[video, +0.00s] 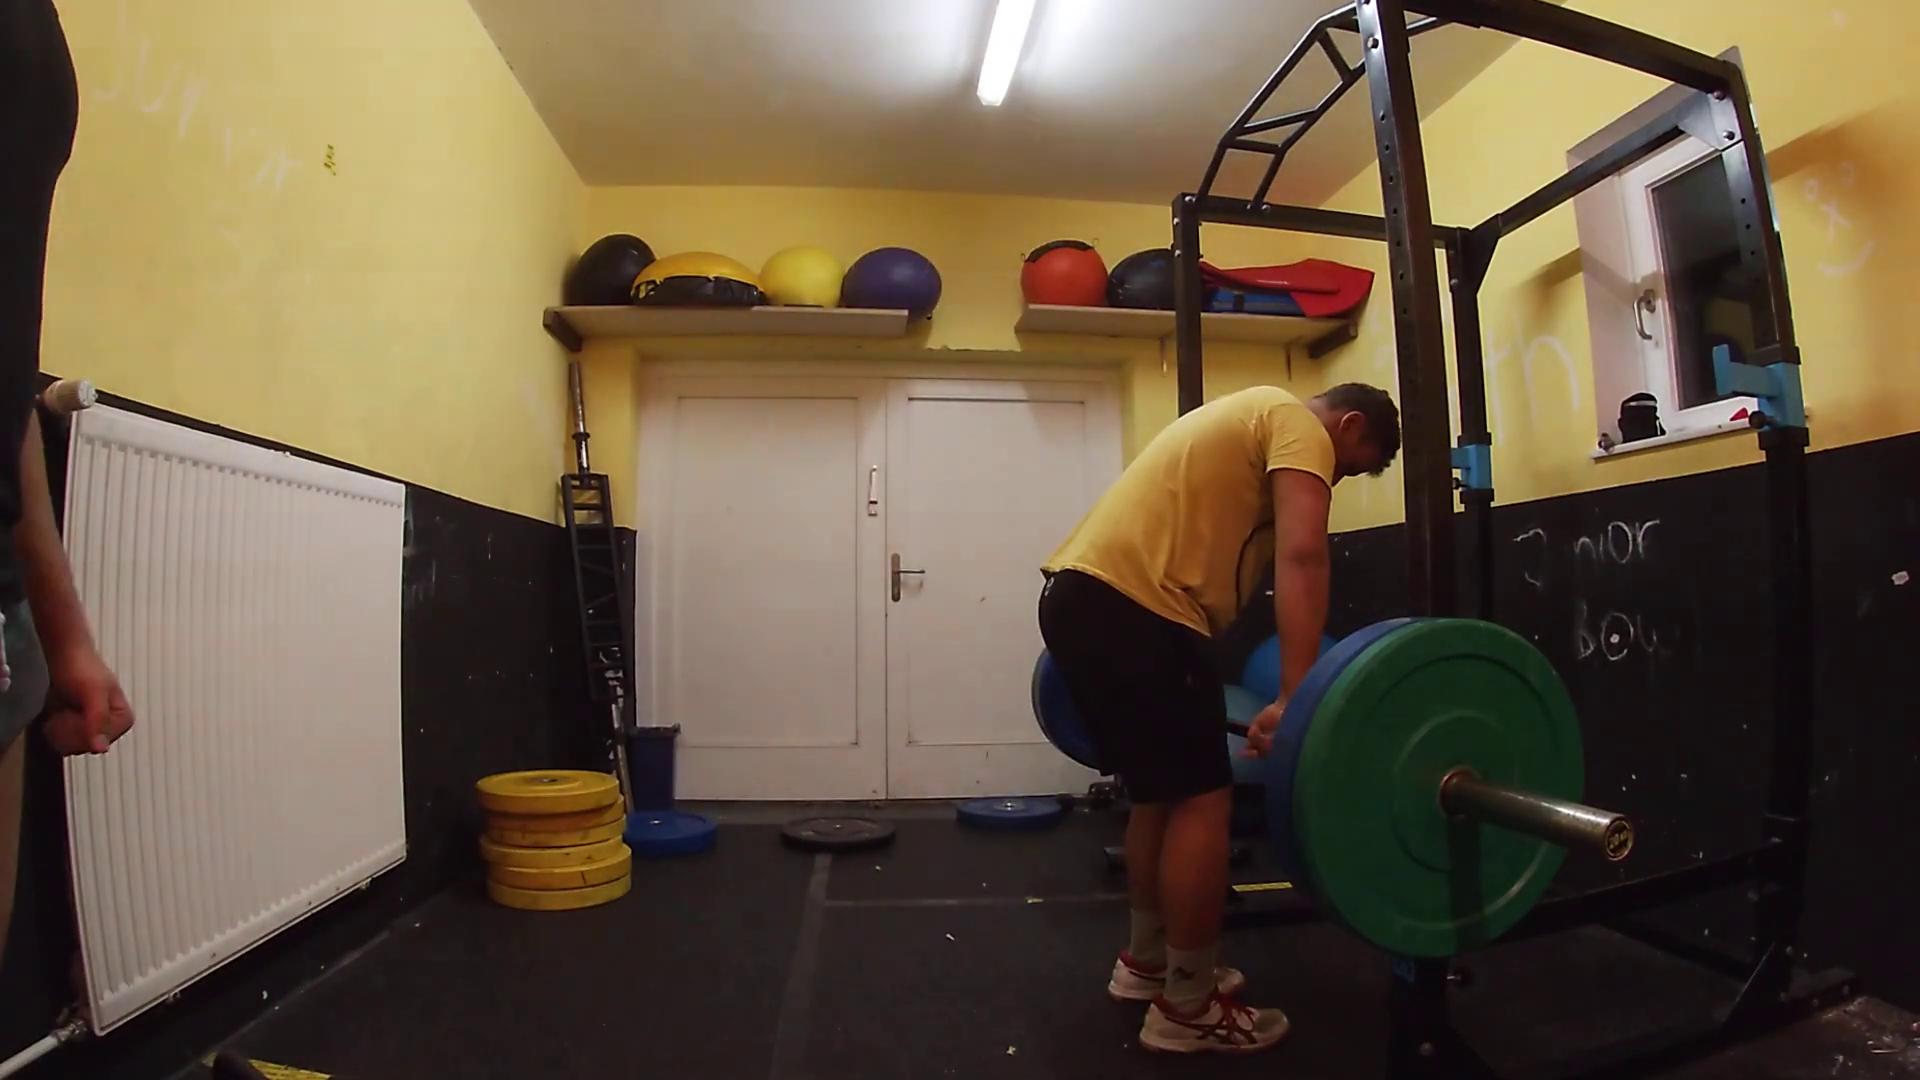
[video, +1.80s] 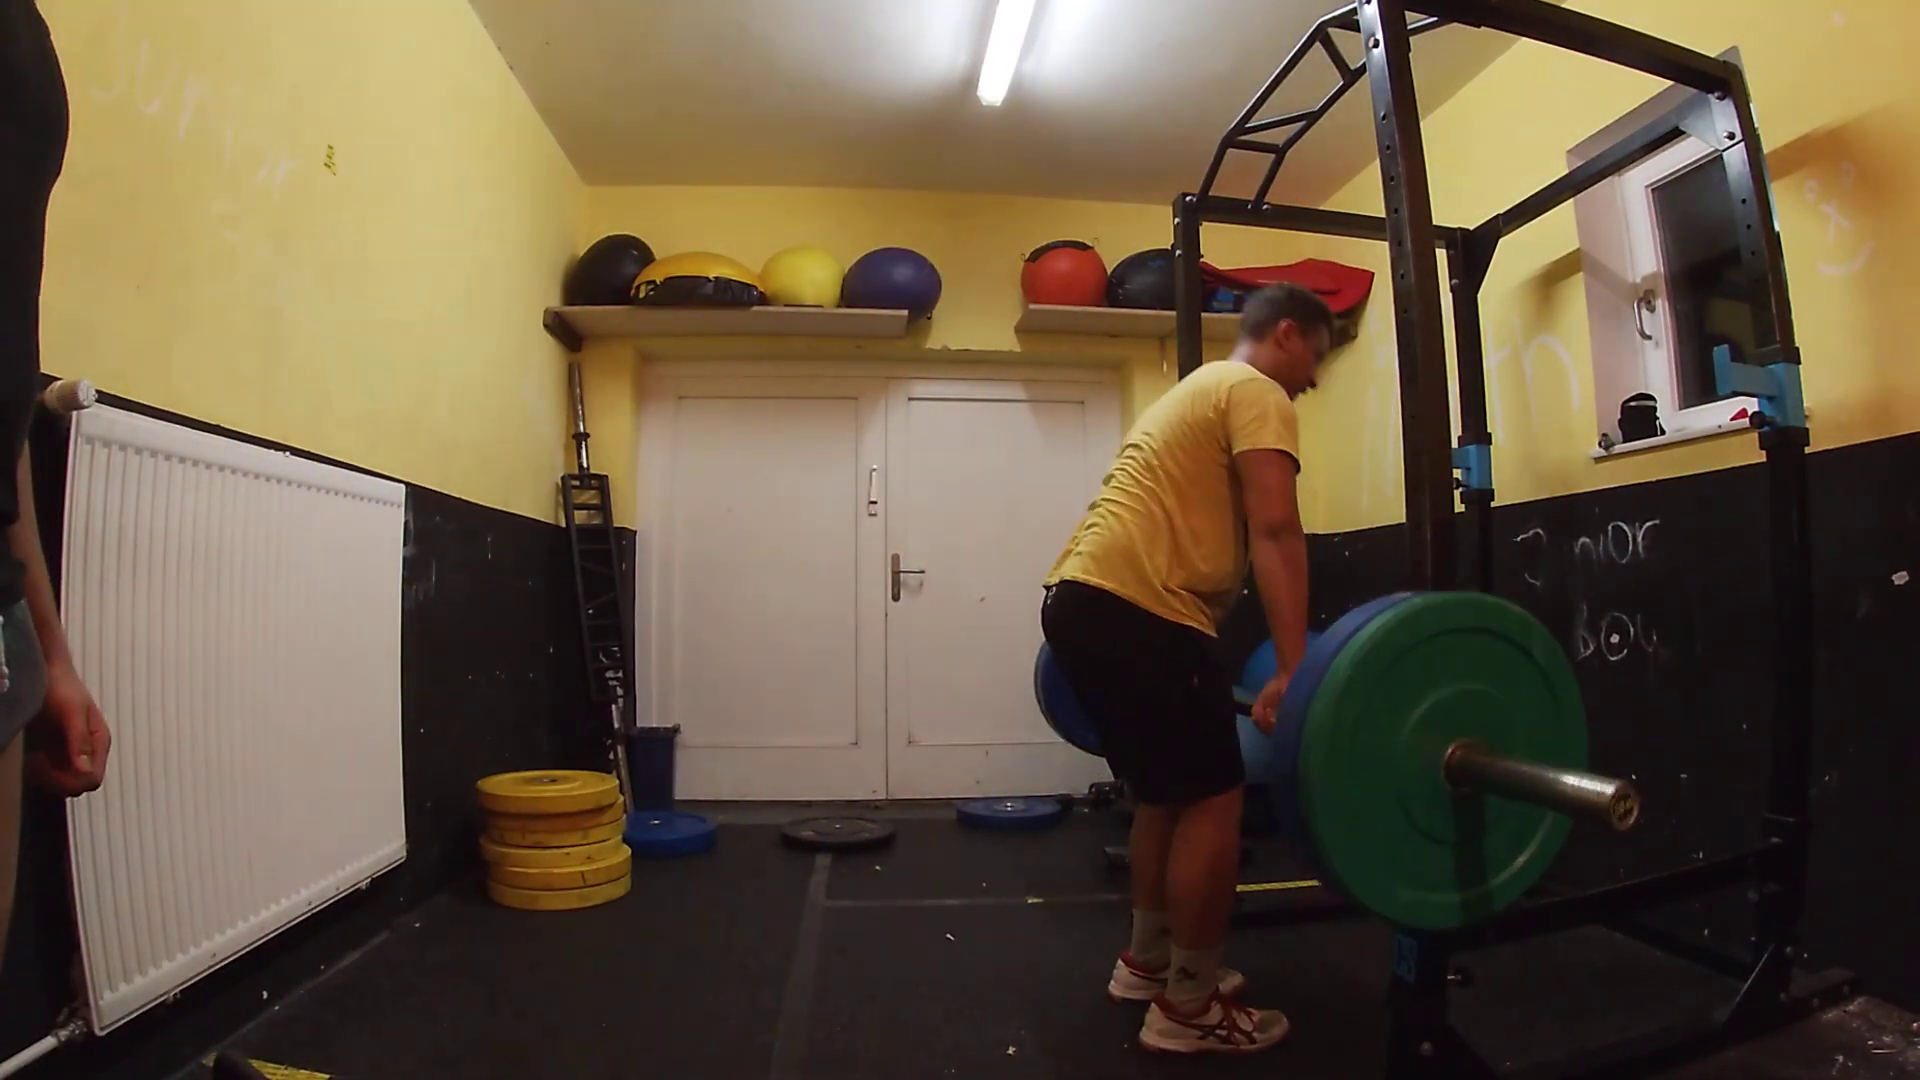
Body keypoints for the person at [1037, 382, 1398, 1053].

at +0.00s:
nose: (1342, 478)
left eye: (1354, 473)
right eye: (1356, 465)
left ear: (1338, 412)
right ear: (1348, 425)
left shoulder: (1240, 422)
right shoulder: (1295, 423)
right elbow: (1302, 553)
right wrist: (1295, 698)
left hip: (1083, 590)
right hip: (1138, 604)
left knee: (1155, 791)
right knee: (1203, 796)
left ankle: (1147, 957)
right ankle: (1188, 1006)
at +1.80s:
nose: (1314, 378)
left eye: (1319, 363)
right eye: (1315, 359)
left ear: (1258, 332)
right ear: (1288, 334)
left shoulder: (1198, 389)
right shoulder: (1253, 389)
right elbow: (1274, 527)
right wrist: (1293, 668)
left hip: (1084, 598)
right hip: (1140, 607)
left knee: (1160, 791)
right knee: (1214, 796)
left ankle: (1148, 960)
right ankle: (1190, 1004)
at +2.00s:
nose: (1250, 313)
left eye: (1251, 298)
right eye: (1247, 296)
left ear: (1182, 288)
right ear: (1214, 283)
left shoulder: (1143, 355)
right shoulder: (1203, 346)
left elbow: (1138, 493)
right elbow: (1244, 474)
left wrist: (1196, 609)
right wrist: (1282, 609)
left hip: (1088, 598)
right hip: (1147, 606)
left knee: (1150, 779)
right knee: (1202, 793)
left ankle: (1147, 957)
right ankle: (1191, 1002)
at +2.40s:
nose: (1136, 279)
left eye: (1135, 264)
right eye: (1130, 262)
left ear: (1070, 264)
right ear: (1094, 259)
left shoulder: (1048, 342)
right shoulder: (1100, 328)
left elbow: (1067, 478)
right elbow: (1154, 459)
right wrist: (1217, 574)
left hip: (1075, 601)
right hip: (1107, 608)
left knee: (1143, 789)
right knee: (1140, 799)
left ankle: (1123, 954)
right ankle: (1098, 997)